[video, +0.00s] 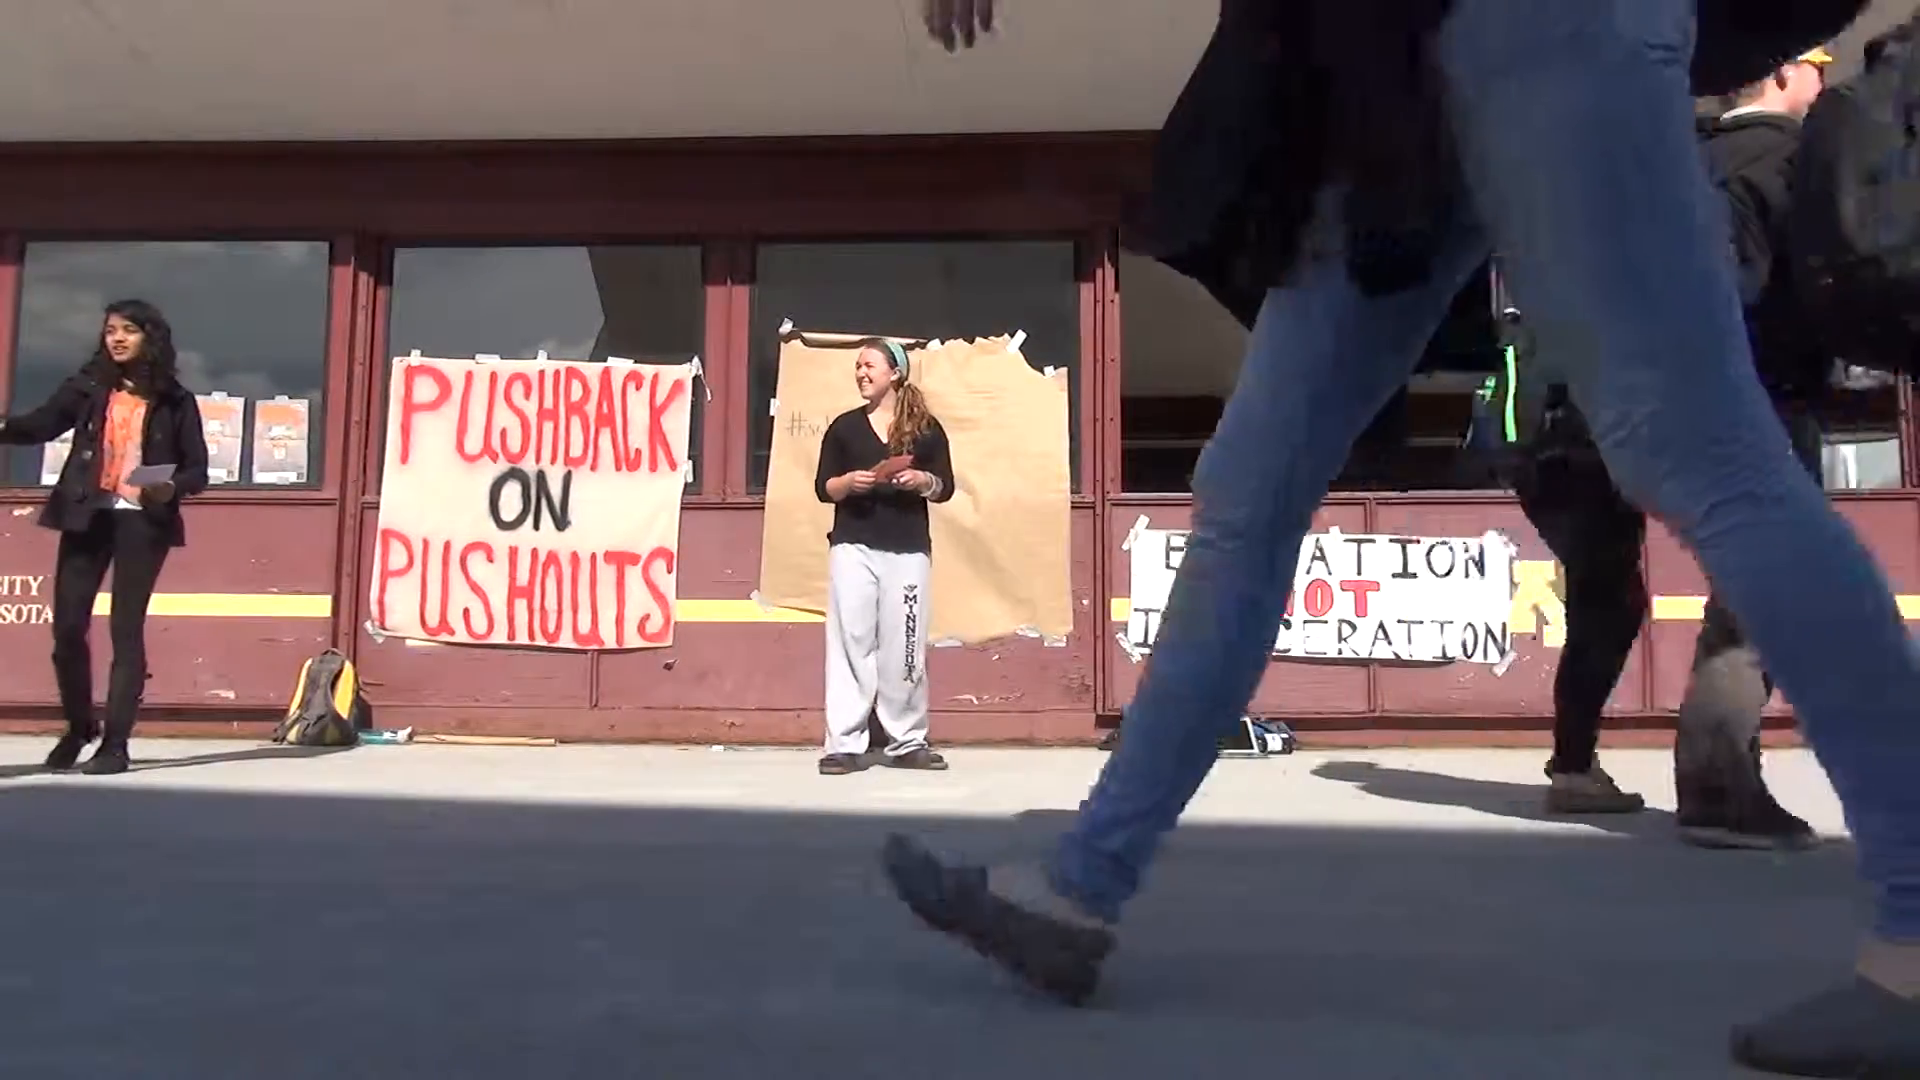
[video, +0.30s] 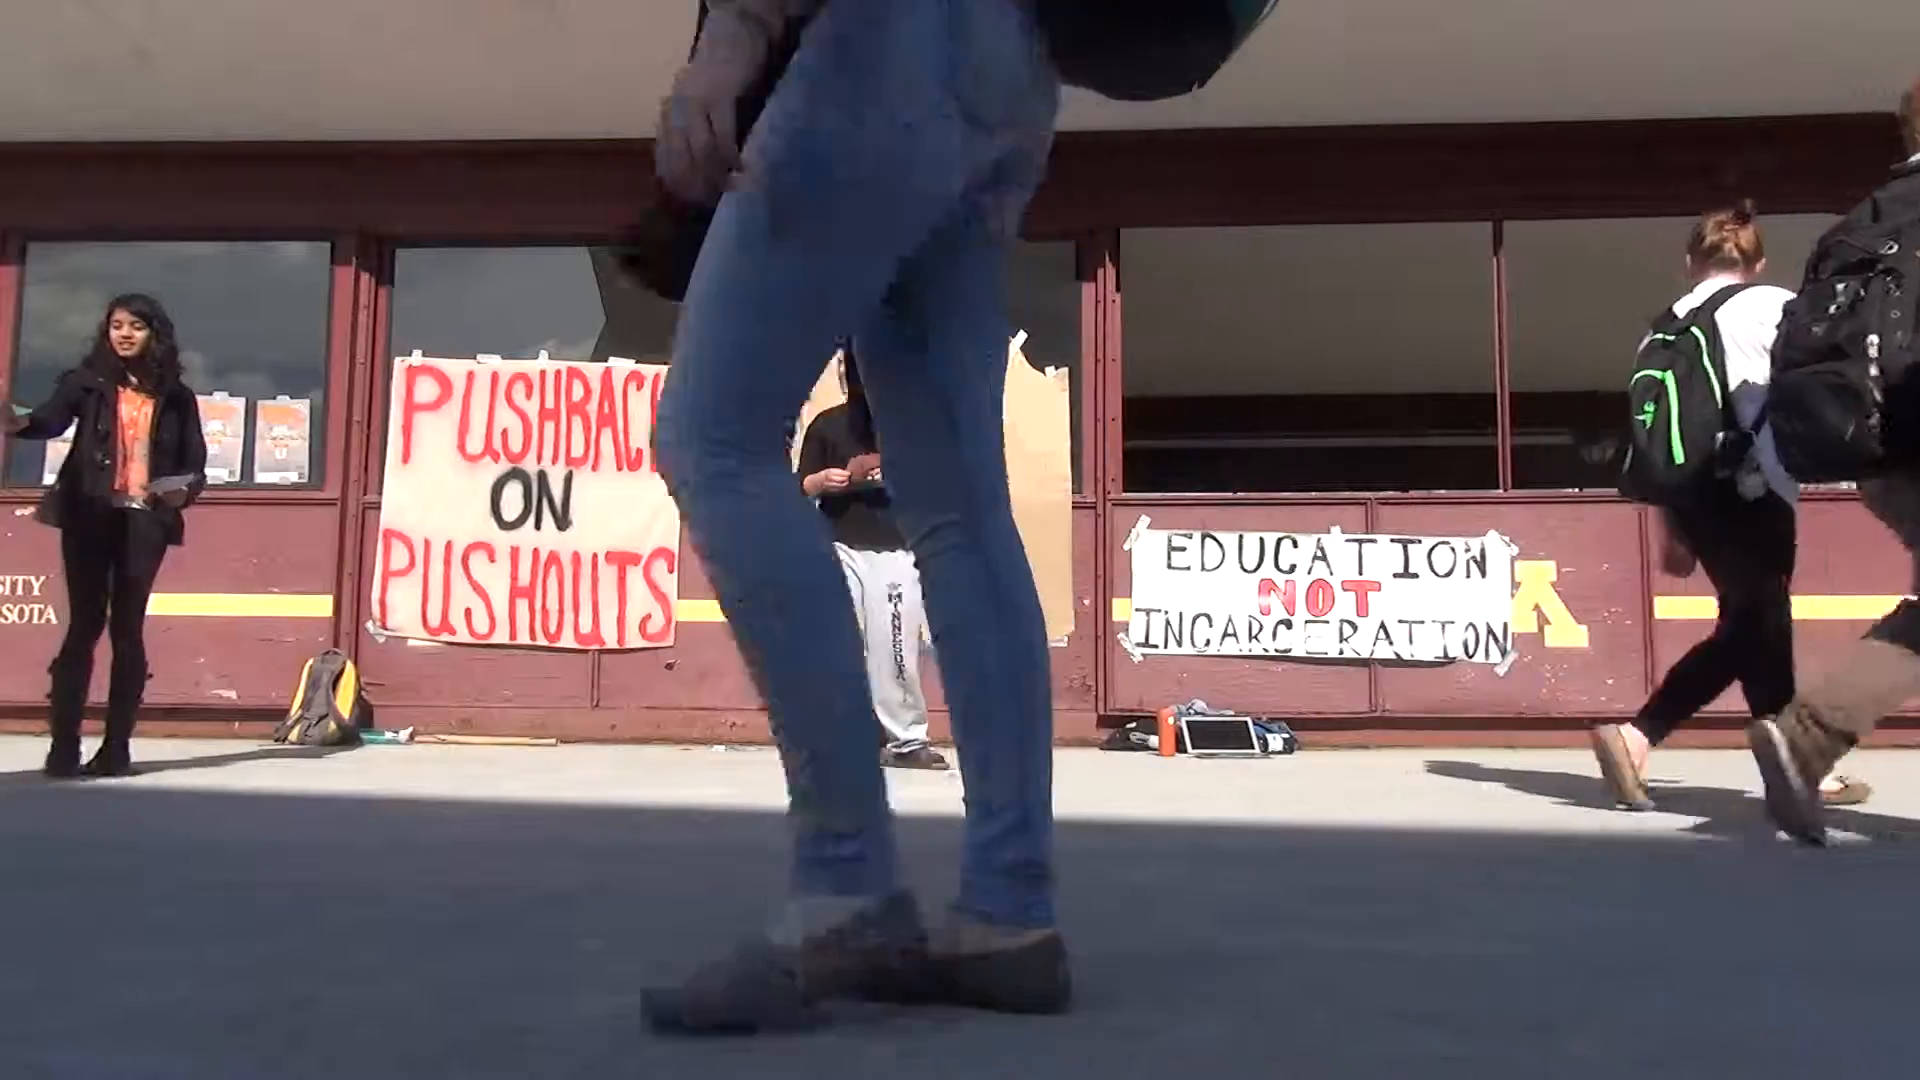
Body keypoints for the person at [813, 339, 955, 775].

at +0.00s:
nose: (860, 373)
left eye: (868, 366)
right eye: (858, 366)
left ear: (895, 372)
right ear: (863, 373)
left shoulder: (925, 429)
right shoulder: (843, 427)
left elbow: (944, 490)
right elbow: (824, 489)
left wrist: (924, 482)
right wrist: (848, 483)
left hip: (906, 550)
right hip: (852, 546)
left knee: (905, 642)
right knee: (852, 642)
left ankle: (906, 741)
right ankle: (844, 744)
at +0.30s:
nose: (851, 376)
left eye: (858, 366)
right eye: (847, 366)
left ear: (882, 372)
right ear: (841, 372)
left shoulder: (907, 419)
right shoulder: (827, 425)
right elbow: (802, 486)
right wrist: (825, 479)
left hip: (895, 546)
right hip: (840, 545)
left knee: (896, 642)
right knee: (838, 641)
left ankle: (906, 737)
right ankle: (844, 743)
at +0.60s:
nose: (831, 369)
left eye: (840, 361)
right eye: (831, 362)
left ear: (868, 369)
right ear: (837, 370)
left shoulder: (901, 424)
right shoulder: (815, 423)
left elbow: (919, 485)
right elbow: (792, 484)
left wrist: (890, 478)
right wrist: (817, 480)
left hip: (884, 547)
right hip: (828, 546)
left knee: (895, 641)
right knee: (837, 644)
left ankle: (905, 739)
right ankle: (848, 745)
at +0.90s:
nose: (835, 368)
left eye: (843, 361)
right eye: (834, 361)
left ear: (870, 368)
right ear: (842, 369)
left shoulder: (902, 422)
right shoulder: (816, 422)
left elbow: (920, 484)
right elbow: (796, 484)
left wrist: (890, 479)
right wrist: (824, 484)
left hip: (885, 547)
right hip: (829, 545)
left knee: (896, 642)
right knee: (837, 645)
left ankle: (907, 739)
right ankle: (844, 745)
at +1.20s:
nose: (846, 369)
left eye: (854, 362)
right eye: (845, 362)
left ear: (881, 368)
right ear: (852, 369)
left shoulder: (914, 423)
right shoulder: (829, 422)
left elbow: (932, 483)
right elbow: (808, 484)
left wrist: (901, 480)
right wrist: (842, 484)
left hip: (897, 547)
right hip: (842, 545)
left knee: (899, 644)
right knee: (844, 645)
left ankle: (905, 741)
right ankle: (844, 746)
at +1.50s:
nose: (863, 370)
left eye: (871, 362)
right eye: (861, 363)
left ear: (898, 369)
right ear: (864, 371)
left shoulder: (930, 426)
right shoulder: (845, 426)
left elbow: (947, 485)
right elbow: (826, 487)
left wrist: (919, 484)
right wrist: (856, 486)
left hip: (912, 549)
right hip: (857, 547)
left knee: (907, 646)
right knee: (855, 645)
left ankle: (905, 742)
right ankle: (847, 744)